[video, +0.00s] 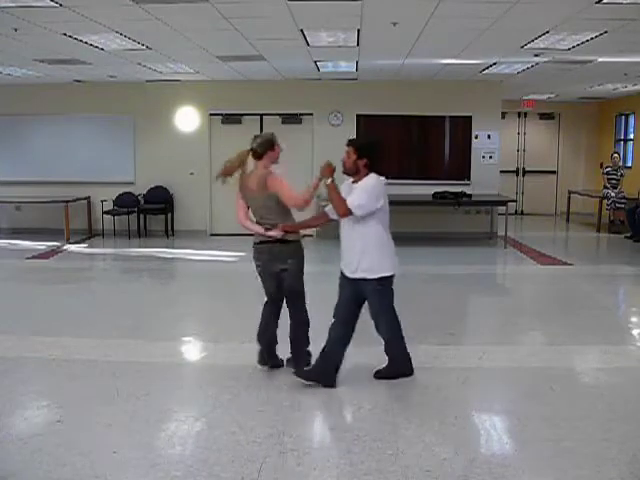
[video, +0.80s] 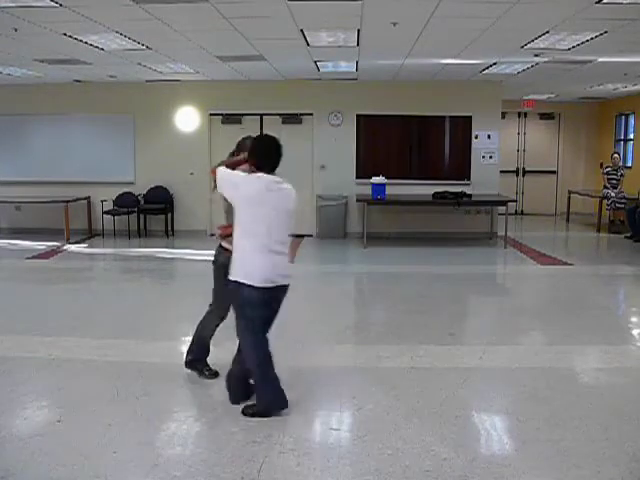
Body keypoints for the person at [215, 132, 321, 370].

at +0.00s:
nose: (279, 152)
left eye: (278, 148)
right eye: (277, 149)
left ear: (257, 153)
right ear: (269, 152)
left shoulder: (244, 180)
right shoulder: (272, 179)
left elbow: (242, 219)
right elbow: (298, 203)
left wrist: (266, 232)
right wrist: (316, 183)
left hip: (263, 247)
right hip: (288, 247)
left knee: (273, 299)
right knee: (296, 304)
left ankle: (266, 352)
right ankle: (301, 358)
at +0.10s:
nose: (277, 150)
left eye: (275, 146)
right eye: (272, 147)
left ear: (257, 153)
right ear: (260, 152)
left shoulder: (247, 179)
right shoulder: (259, 179)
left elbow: (242, 214)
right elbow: (270, 213)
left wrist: (254, 229)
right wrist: (299, 201)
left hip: (259, 249)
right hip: (275, 250)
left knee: (275, 300)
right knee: (291, 305)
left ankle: (256, 348)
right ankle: (291, 357)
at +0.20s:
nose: (272, 152)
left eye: (271, 148)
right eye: (267, 149)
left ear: (258, 155)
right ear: (253, 155)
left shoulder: (261, 180)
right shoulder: (247, 183)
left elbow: (262, 214)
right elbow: (245, 220)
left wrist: (284, 219)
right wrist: (277, 223)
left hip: (262, 250)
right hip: (257, 253)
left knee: (271, 302)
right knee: (283, 302)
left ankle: (254, 351)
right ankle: (279, 356)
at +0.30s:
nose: (267, 152)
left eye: (266, 148)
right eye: (261, 149)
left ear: (263, 154)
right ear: (248, 155)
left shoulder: (262, 181)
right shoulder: (238, 183)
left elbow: (262, 211)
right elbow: (231, 222)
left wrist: (277, 216)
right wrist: (256, 224)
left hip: (259, 250)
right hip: (246, 252)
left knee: (268, 303)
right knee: (271, 303)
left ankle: (255, 350)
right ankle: (249, 352)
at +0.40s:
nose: (261, 152)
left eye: (262, 148)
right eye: (256, 148)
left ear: (261, 153)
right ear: (242, 154)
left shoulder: (259, 181)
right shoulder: (231, 181)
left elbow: (262, 211)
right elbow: (220, 216)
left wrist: (280, 209)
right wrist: (244, 211)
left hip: (256, 250)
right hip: (237, 250)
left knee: (262, 303)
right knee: (252, 303)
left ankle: (253, 352)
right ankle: (216, 349)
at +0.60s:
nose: (256, 152)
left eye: (257, 148)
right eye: (251, 148)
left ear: (256, 152)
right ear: (237, 152)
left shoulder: (253, 183)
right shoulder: (224, 180)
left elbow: (258, 218)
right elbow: (215, 216)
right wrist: (232, 193)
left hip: (244, 254)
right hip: (223, 253)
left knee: (258, 304)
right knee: (216, 309)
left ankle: (252, 353)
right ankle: (196, 358)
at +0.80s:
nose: (250, 166)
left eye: (252, 161)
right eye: (246, 160)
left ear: (255, 161)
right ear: (237, 158)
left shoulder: (259, 186)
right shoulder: (223, 186)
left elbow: (267, 223)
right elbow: (219, 230)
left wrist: (235, 229)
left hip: (250, 254)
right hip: (228, 253)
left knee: (250, 317)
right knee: (219, 309)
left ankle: (244, 369)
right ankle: (195, 357)